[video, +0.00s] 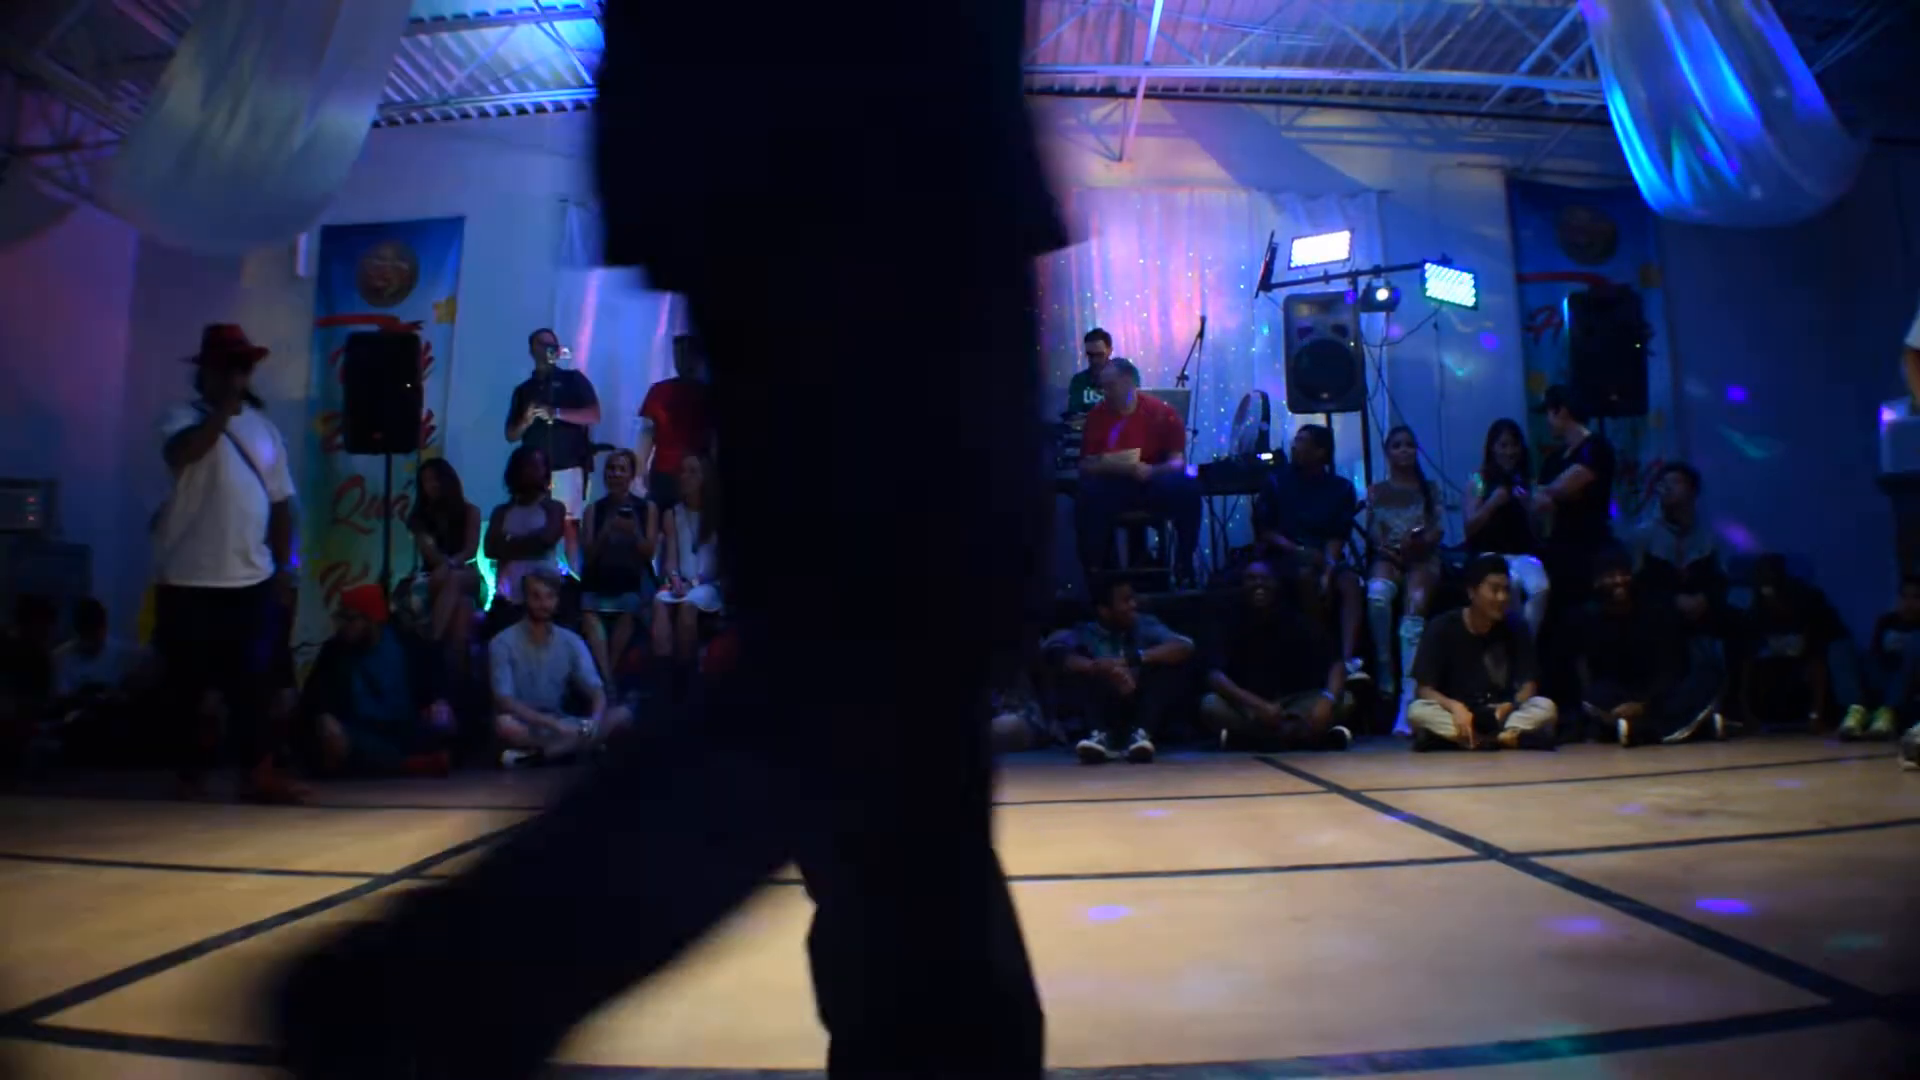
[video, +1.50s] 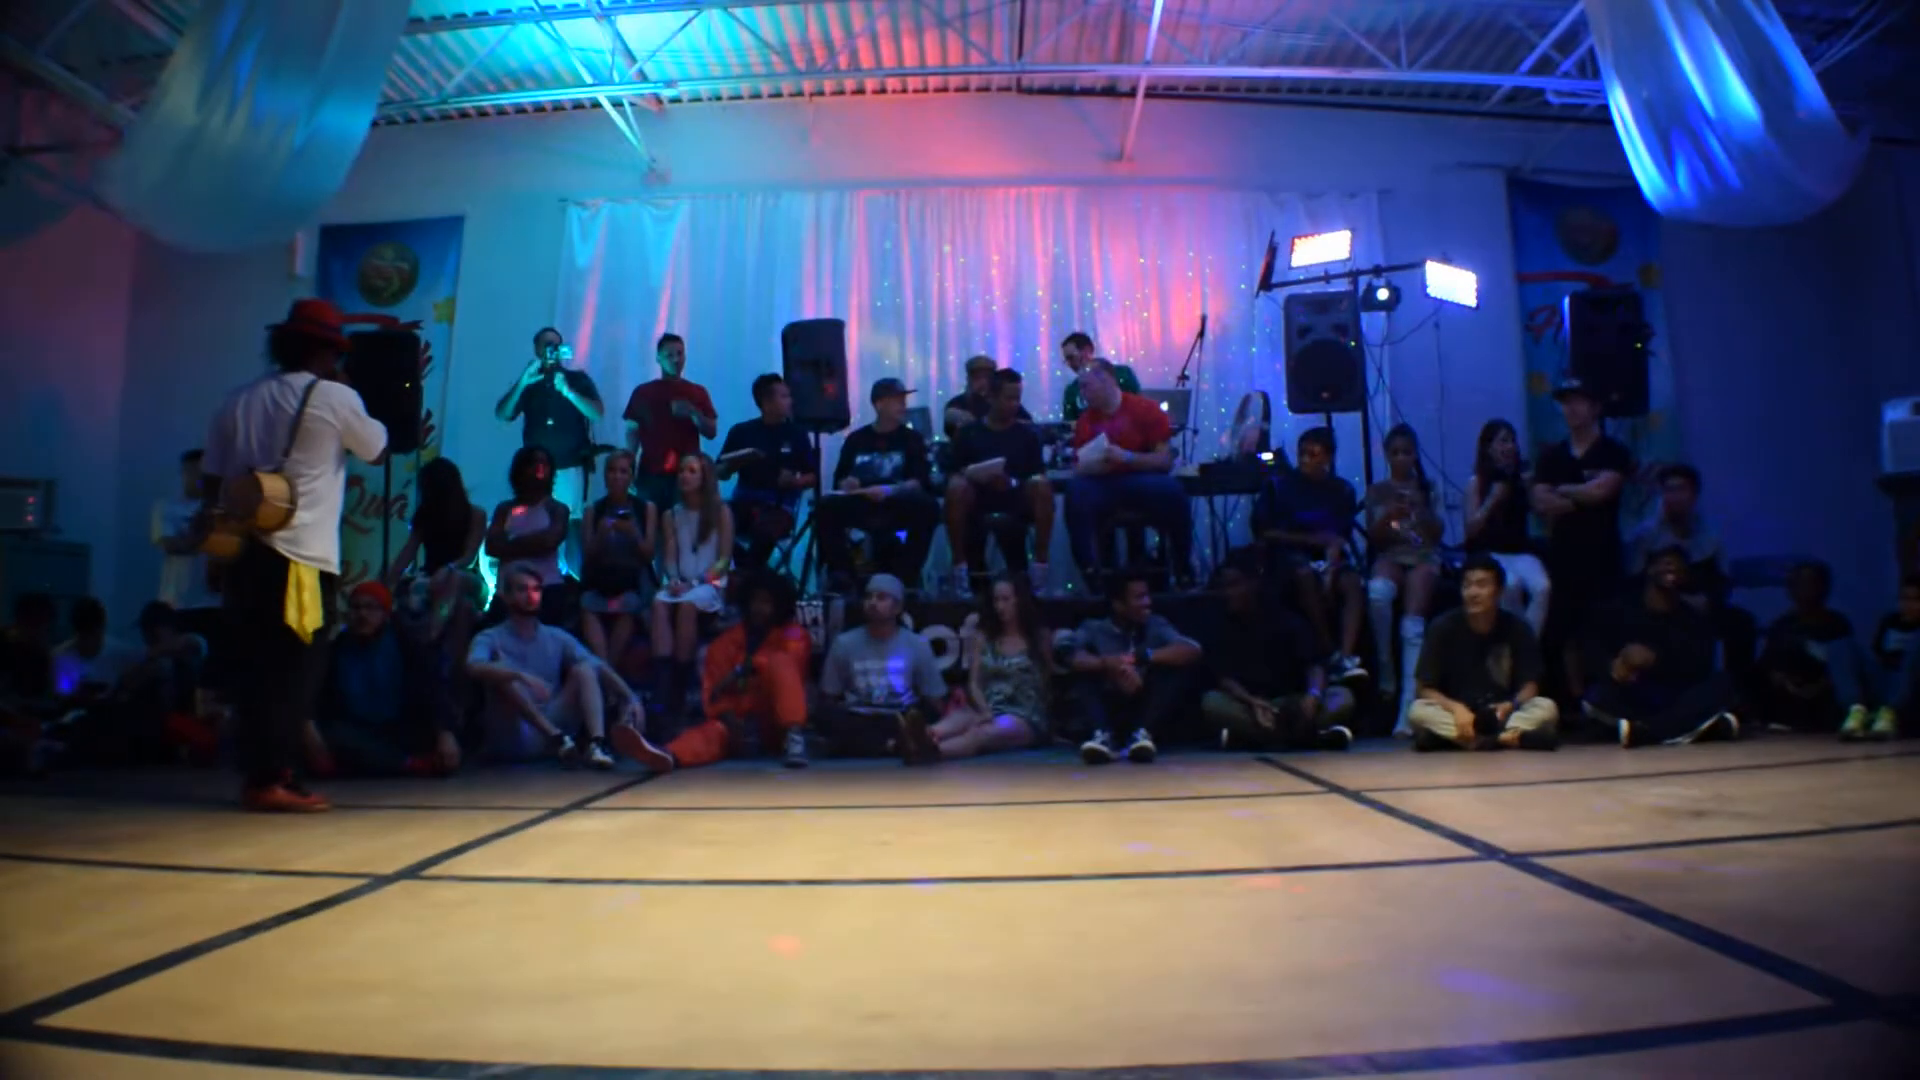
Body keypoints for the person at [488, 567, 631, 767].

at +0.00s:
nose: (543, 603)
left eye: (550, 597)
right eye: (536, 597)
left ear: (557, 600)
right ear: (525, 599)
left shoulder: (570, 641)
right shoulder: (503, 642)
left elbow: (597, 691)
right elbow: (504, 700)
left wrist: (594, 725)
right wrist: (554, 725)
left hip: (563, 716)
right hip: (524, 717)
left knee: (622, 714)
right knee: (504, 724)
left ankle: (544, 753)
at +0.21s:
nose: (540, 594)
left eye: (543, 588)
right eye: (531, 588)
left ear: (547, 593)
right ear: (512, 593)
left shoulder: (559, 638)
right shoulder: (491, 641)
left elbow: (590, 681)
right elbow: (494, 691)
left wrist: (594, 716)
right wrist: (543, 707)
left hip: (560, 721)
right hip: (521, 720)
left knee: (620, 709)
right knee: (503, 720)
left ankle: (555, 750)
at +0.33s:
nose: (537, 592)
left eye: (539, 586)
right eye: (528, 585)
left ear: (543, 590)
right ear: (506, 594)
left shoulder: (553, 636)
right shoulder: (484, 640)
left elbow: (591, 673)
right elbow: (482, 680)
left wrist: (598, 702)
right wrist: (532, 687)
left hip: (557, 716)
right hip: (518, 721)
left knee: (616, 704)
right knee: (505, 709)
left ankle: (547, 753)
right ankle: (577, 746)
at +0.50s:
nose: (532, 590)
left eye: (534, 585)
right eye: (524, 584)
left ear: (537, 589)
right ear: (503, 592)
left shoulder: (548, 634)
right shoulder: (480, 637)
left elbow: (592, 658)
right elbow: (475, 670)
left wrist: (607, 678)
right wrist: (523, 668)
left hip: (553, 713)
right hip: (512, 719)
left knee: (604, 689)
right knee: (509, 698)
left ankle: (545, 750)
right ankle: (562, 747)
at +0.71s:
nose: (527, 589)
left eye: (529, 584)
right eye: (519, 583)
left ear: (533, 589)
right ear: (500, 589)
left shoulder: (544, 632)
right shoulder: (478, 636)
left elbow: (591, 649)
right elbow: (468, 667)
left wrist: (612, 672)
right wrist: (515, 664)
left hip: (548, 710)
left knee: (588, 667)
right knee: (503, 696)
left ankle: (550, 741)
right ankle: (564, 744)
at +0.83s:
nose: (527, 590)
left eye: (529, 584)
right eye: (518, 583)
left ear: (534, 589)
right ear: (500, 592)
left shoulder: (547, 634)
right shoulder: (478, 637)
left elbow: (591, 657)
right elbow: (467, 669)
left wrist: (622, 681)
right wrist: (506, 670)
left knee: (581, 662)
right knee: (505, 693)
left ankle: (572, 734)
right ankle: (559, 740)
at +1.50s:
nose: (531, 596)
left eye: (536, 589)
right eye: (522, 590)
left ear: (541, 594)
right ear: (506, 597)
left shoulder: (556, 637)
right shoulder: (489, 639)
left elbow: (596, 665)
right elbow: (475, 667)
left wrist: (631, 700)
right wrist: (523, 678)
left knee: (584, 670)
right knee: (509, 683)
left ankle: (596, 742)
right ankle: (557, 738)